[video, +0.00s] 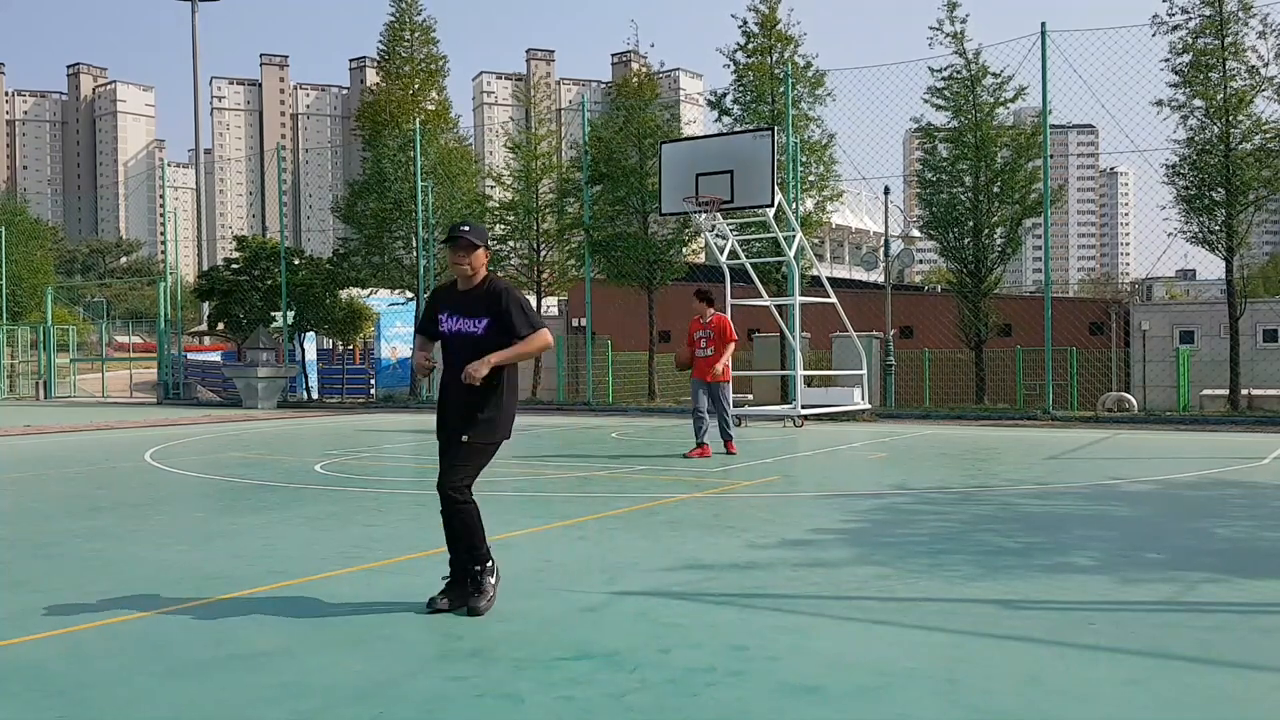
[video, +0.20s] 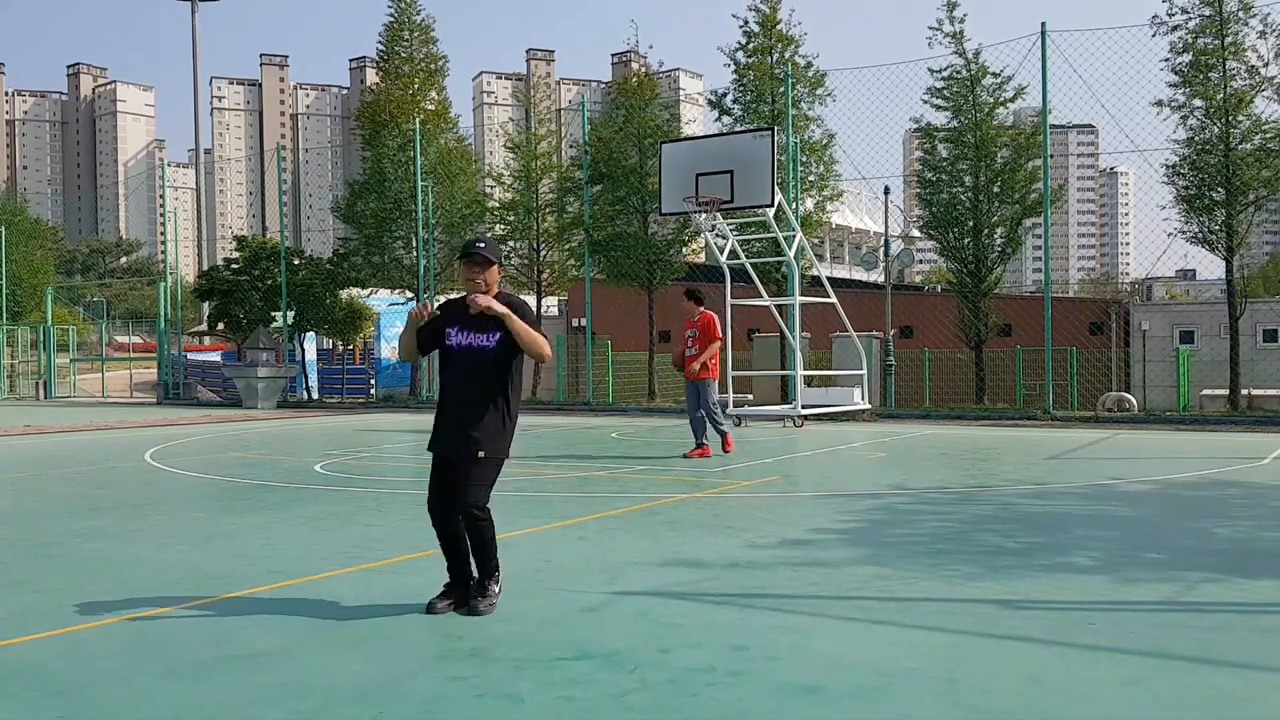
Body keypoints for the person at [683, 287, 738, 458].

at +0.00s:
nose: (693, 305)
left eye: (695, 301)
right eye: (693, 301)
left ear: (704, 303)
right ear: (701, 303)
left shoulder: (723, 320)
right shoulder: (694, 323)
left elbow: (731, 343)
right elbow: (690, 347)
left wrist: (721, 362)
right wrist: (683, 361)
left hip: (719, 371)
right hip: (699, 372)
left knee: (724, 409)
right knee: (699, 409)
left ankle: (728, 441)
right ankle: (702, 445)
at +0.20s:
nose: (683, 304)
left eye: (685, 301)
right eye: (683, 301)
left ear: (693, 302)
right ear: (693, 302)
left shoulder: (710, 318)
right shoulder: (689, 322)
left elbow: (717, 343)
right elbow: (690, 343)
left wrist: (699, 361)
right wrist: (680, 353)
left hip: (707, 371)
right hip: (691, 372)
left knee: (710, 405)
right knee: (693, 411)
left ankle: (724, 433)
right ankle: (701, 445)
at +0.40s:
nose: (675, 305)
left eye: (676, 301)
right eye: (675, 301)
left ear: (683, 302)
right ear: (688, 301)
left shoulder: (696, 316)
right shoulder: (691, 318)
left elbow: (699, 341)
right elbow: (686, 343)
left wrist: (681, 358)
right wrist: (676, 356)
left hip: (697, 370)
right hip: (693, 369)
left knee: (688, 405)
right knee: (694, 405)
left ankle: (703, 443)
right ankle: (701, 444)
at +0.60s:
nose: (669, 305)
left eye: (670, 301)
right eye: (669, 301)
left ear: (674, 302)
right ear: (685, 301)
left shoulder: (682, 317)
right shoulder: (694, 318)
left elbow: (682, 342)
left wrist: (666, 359)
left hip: (687, 374)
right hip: (697, 374)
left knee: (675, 409)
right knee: (692, 410)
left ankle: (671, 447)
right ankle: (702, 445)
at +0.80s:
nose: (659, 305)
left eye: (660, 302)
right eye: (660, 302)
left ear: (664, 302)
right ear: (676, 302)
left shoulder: (666, 317)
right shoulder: (687, 319)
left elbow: (663, 344)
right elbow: (691, 345)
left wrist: (655, 363)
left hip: (676, 369)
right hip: (692, 369)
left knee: (669, 410)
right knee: (688, 408)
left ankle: (671, 450)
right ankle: (700, 445)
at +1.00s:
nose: (653, 304)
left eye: (654, 301)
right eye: (654, 301)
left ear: (657, 302)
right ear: (671, 302)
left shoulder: (658, 318)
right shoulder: (685, 318)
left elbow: (655, 345)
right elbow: (692, 345)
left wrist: (653, 364)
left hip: (673, 367)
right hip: (692, 366)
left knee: (669, 409)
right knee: (688, 409)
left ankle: (672, 449)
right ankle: (692, 448)